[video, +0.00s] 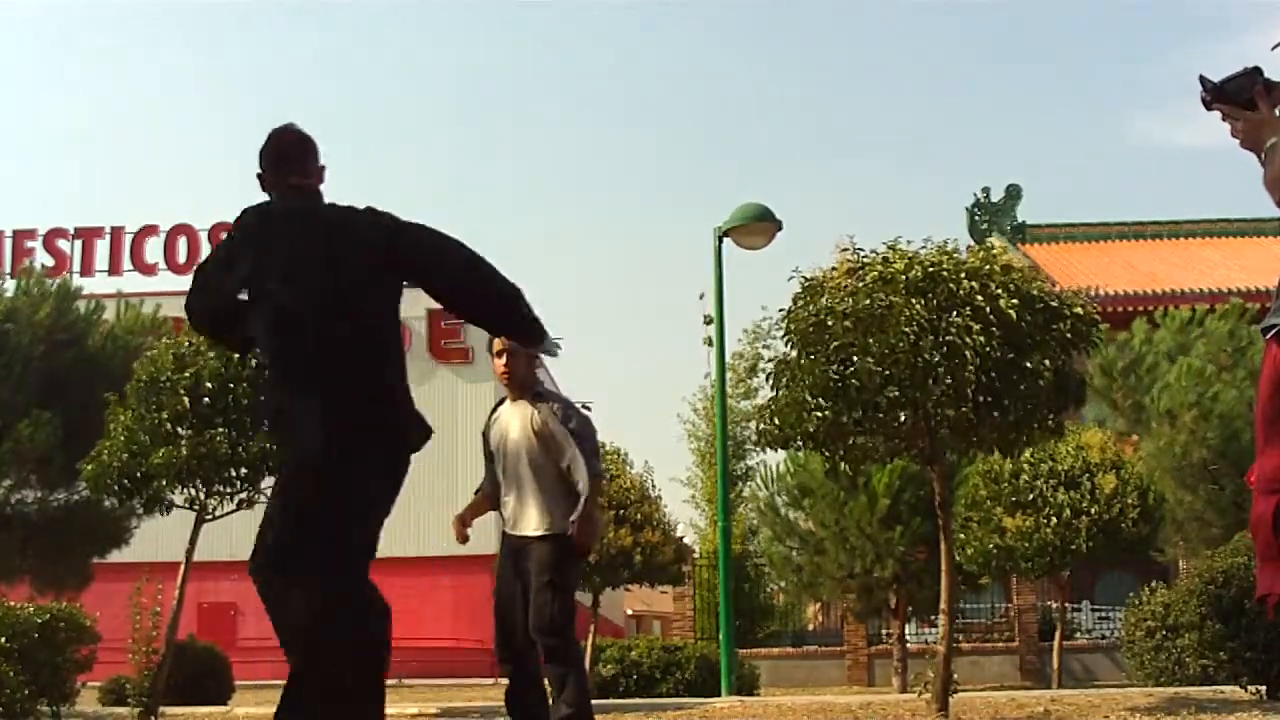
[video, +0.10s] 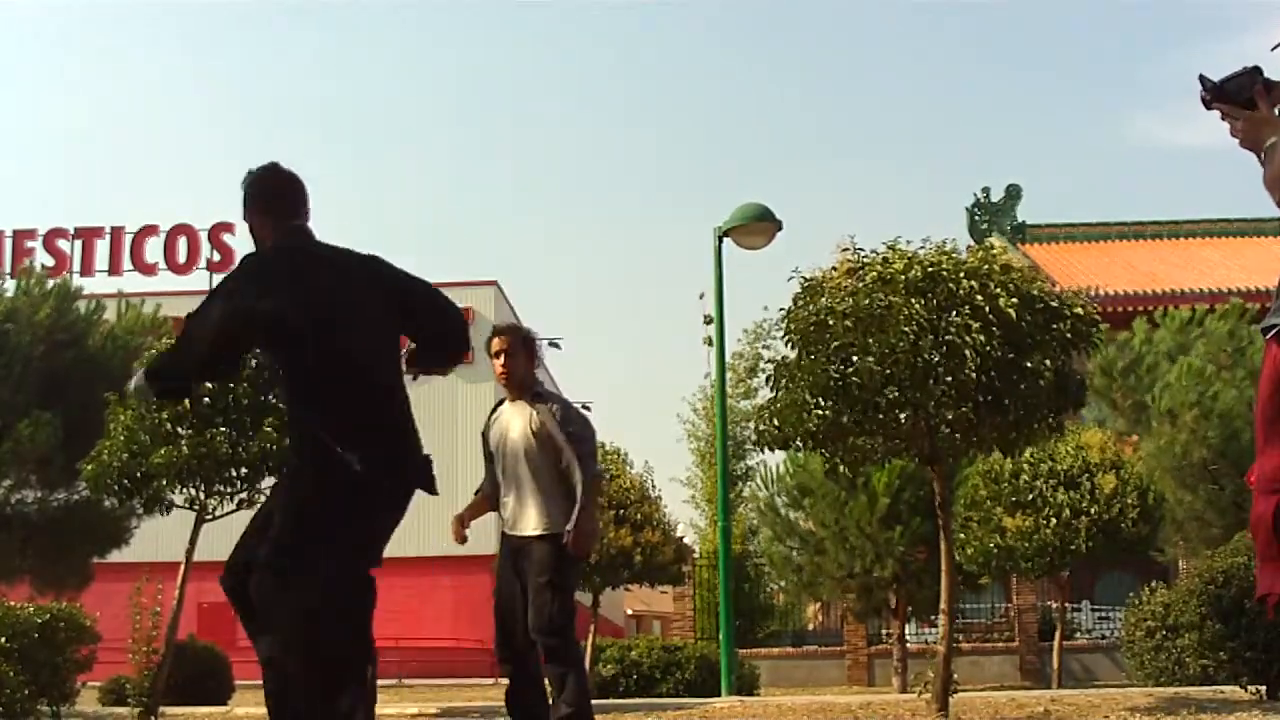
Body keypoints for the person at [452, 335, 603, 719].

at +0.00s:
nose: (505, 361)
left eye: (514, 353)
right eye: (499, 354)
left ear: (533, 359)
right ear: (491, 363)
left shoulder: (556, 410)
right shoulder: (497, 418)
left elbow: (587, 465)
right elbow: (496, 483)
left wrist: (587, 511)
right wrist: (467, 514)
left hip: (553, 538)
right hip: (513, 538)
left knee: (551, 633)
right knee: (512, 639)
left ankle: (573, 712)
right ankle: (527, 713)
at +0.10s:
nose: (501, 363)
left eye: (509, 354)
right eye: (495, 356)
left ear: (531, 358)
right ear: (490, 364)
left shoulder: (559, 413)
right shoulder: (495, 421)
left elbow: (588, 474)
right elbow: (496, 484)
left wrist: (585, 524)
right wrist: (468, 513)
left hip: (552, 539)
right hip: (512, 540)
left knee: (552, 634)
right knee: (513, 639)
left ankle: (574, 712)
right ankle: (527, 714)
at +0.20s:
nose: (500, 364)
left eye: (507, 355)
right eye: (494, 357)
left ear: (531, 358)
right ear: (489, 364)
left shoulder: (559, 414)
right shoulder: (495, 421)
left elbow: (587, 476)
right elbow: (496, 485)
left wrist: (582, 527)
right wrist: (468, 512)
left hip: (551, 540)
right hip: (511, 540)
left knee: (551, 635)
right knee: (513, 641)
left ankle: (574, 713)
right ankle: (527, 714)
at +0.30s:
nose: (497, 366)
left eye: (505, 356)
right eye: (493, 359)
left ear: (530, 359)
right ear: (489, 365)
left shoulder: (560, 416)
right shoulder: (494, 421)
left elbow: (588, 484)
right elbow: (496, 486)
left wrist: (580, 530)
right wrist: (469, 512)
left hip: (551, 542)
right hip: (512, 542)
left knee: (551, 635)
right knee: (513, 641)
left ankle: (573, 712)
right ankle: (527, 714)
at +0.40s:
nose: (495, 369)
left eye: (503, 359)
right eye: (490, 361)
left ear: (526, 362)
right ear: (486, 368)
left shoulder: (556, 414)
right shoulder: (494, 423)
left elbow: (587, 477)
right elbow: (495, 486)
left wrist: (565, 517)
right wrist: (469, 521)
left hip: (553, 540)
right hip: (514, 541)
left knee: (550, 632)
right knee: (509, 638)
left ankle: (572, 711)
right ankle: (525, 712)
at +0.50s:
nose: (498, 373)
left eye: (505, 363)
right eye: (492, 366)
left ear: (526, 366)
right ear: (486, 372)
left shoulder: (558, 413)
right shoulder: (494, 417)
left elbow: (579, 479)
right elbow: (490, 475)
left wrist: (570, 534)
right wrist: (478, 525)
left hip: (556, 537)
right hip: (513, 538)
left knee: (551, 639)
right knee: (497, 635)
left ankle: (571, 710)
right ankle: (522, 711)